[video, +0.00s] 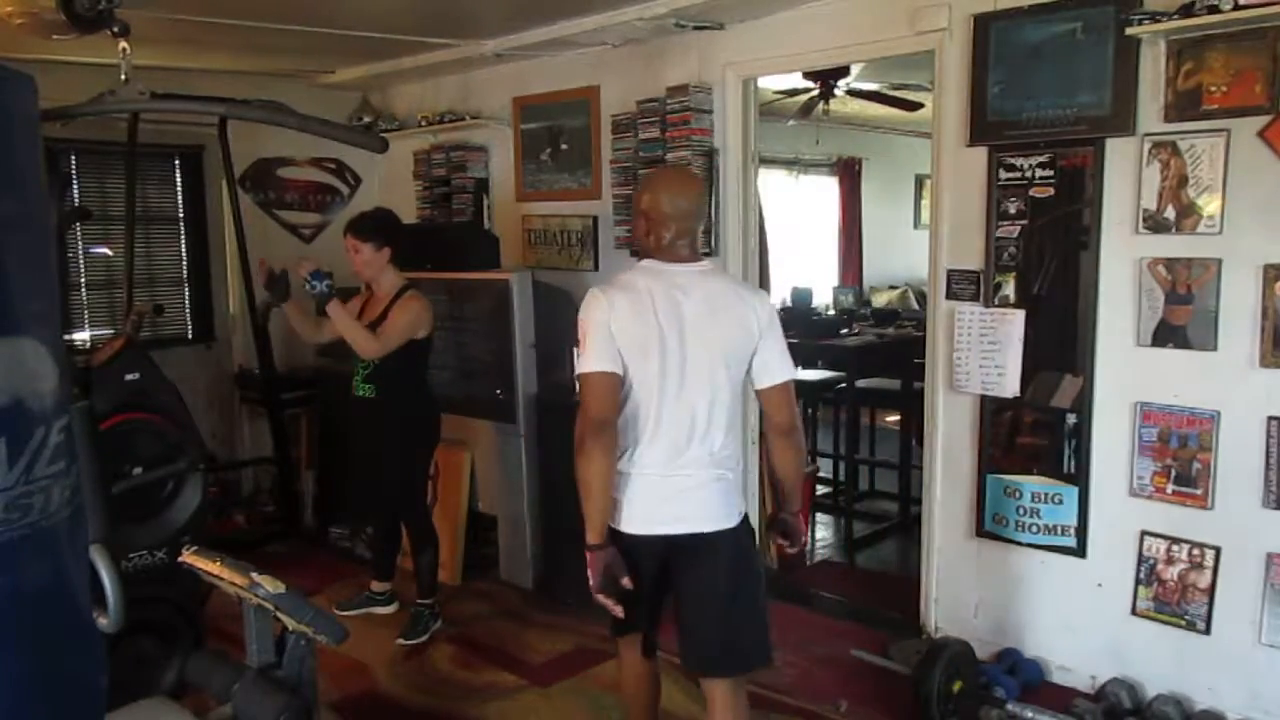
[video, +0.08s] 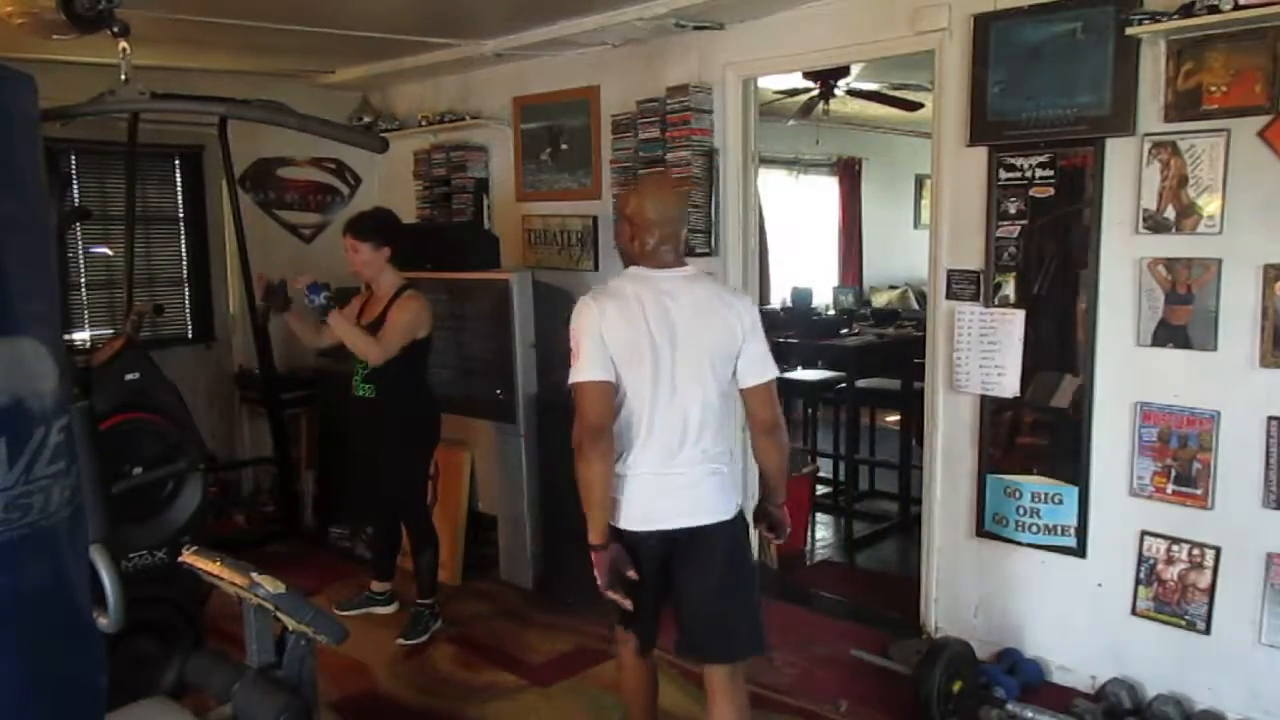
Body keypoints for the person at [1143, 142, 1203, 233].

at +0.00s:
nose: (1158, 159)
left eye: (1159, 154)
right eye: (1156, 156)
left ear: (1168, 150)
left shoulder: (1175, 161)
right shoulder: (1164, 165)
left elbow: (1170, 187)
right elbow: (1162, 188)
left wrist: (1161, 213)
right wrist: (1157, 212)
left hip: (1190, 211)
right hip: (1180, 212)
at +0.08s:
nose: (1158, 159)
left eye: (1159, 154)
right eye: (1156, 156)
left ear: (1168, 150)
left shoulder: (1175, 161)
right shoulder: (1164, 165)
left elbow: (1171, 187)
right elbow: (1162, 188)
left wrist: (1160, 213)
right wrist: (1157, 212)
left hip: (1190, 211)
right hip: (1180, 212)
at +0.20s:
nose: (1158, 158)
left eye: (1159, 153)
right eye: (1155, 156)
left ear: (1168, 149)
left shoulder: (1175, 161)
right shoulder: (1164, 165)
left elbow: (1171, 187)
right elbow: (1162, 188)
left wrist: (1161, 213)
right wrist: (1157, 212)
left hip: (1190, 212)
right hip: (1180, 213)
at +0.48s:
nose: (1158, 158)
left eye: (1159, 153)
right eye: (1155, 156)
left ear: (1168, 149)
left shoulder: (1175, 161)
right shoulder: (1164, 165)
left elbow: (1171, 187)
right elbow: (1162, 188)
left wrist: (1160, 213)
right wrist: (1157, 212)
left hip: (1190, 212)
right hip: (1180, 213)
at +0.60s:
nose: (1158, 158)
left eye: (1159, 153)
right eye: (1155, 156)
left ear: (1168, 149)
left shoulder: (1175, 161)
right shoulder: (1164, 165)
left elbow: (1171, 188)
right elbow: (1162, 188)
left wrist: (1160, 213)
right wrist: (1157, 213)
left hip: (1190, 212)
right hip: (1180, 213)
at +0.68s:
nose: (1158, 158)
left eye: (1159, 153)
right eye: (1155, 156)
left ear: (1168, 149)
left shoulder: (1175, 161)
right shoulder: (1164, 166)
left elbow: (1171, 188)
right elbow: (1162, 188)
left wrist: (1160, 213)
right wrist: (1157, 213)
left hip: (1190, 212)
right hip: (1180, 213)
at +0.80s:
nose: (1158, 158)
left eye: (1159, 153)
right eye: (1155, 156)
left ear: (1168, 149)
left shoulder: (1175, 161)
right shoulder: (1164, 165)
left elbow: (1171, 188)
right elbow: (1162, 188)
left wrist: (1160, 213)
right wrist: (1157, 213)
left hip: (1190, 212)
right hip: (1180, 213)